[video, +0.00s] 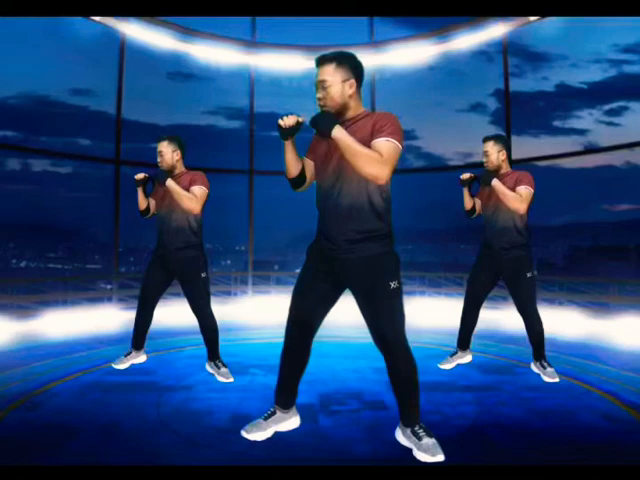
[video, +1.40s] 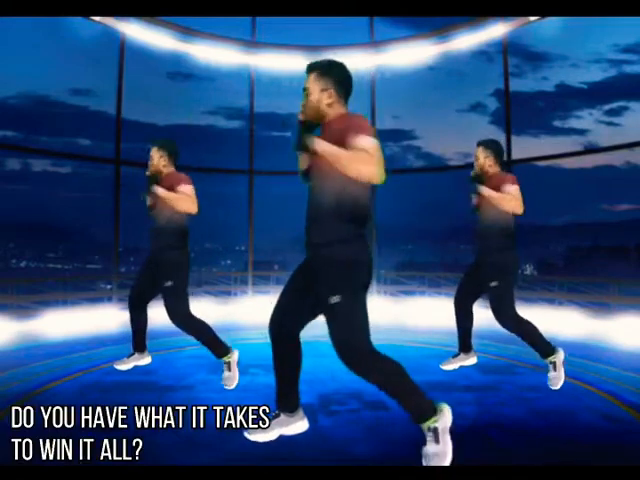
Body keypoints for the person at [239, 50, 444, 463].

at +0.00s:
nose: (319, 93)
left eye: (325, 86)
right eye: (318, 87)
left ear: (350, 85)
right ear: (333, 89)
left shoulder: (383, 122)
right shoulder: (323, 135)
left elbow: (380, 172)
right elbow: (299, 181)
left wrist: (334, 130)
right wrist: (288, 140)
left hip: (373, 253)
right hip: (327, 252)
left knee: (393, 342)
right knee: (298, 329)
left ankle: (411, 426)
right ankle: (283, 410)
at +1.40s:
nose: (304, 98)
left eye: (308, 91)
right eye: (305, 92)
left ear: (329, 93)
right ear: (325, 94)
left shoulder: (351, 124)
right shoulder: (325, 131)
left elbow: (373, 171)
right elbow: (313, 174)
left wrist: (316, 144)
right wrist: (304, 138)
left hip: (345, 259)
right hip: (321, 258)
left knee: (355, 352)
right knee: (281, 327)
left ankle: (433, 418)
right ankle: (288, 413)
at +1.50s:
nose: (309, 103)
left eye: (314, 95)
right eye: (310, 96)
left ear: (332, 96)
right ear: (339, 97)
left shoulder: (335, 127)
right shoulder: (351, 129)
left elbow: (278, 133)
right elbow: (285, 133)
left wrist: (242, 121)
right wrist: (251, 122)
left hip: (339, 259)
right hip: (332, 256)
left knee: (356, 353)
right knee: (280, 323)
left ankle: (437, 418)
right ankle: (288, 414)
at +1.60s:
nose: (308, 102)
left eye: (312, 95)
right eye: (308, 96)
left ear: (331, 95)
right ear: (337, 97)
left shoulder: (336, 125)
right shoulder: (349, 128)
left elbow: (275, 131)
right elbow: (283, 131)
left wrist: (237, 116)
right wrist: (248, 119)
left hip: (341, 259)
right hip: (328, 257)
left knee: (365, 351)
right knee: (278, 326)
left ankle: (443, 421)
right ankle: (288, 414)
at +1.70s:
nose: (299, 96)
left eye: (303, 89)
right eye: (299, 89)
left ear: (326, 90)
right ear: (319, 93)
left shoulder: (352, 122)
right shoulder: (316, 133)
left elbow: (351, 156)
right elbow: (299, 184)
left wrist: (309, 125)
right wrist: (291, 144)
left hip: (349, 255)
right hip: (317, 254)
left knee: (373, 344)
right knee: (281, 329)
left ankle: (441, 422)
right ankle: (289, 414)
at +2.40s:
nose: (335, 100)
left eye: (344, 91)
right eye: (327, 93)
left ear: (360, 94)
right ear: (319, 99)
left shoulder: (383, 133)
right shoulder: (311, 146)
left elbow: (406, 185)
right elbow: (285, 198)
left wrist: (364, 138)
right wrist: (271, 154)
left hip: (376, 267)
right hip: (323, 267)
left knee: (405, 355)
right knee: (282, 336)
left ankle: (416, 428)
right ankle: (288, 413)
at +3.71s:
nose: (315, 93)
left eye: (324, 85)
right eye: (309, 86)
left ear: (342, 91)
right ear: (303, 92)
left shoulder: (362, 134)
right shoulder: (308, 136)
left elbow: (376, 190)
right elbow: (280, 159)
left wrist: (335, 159)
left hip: (345, 259)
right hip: (310, 259)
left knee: (363, 347)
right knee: (275, 329)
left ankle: (434, 412)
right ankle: (291, 414)